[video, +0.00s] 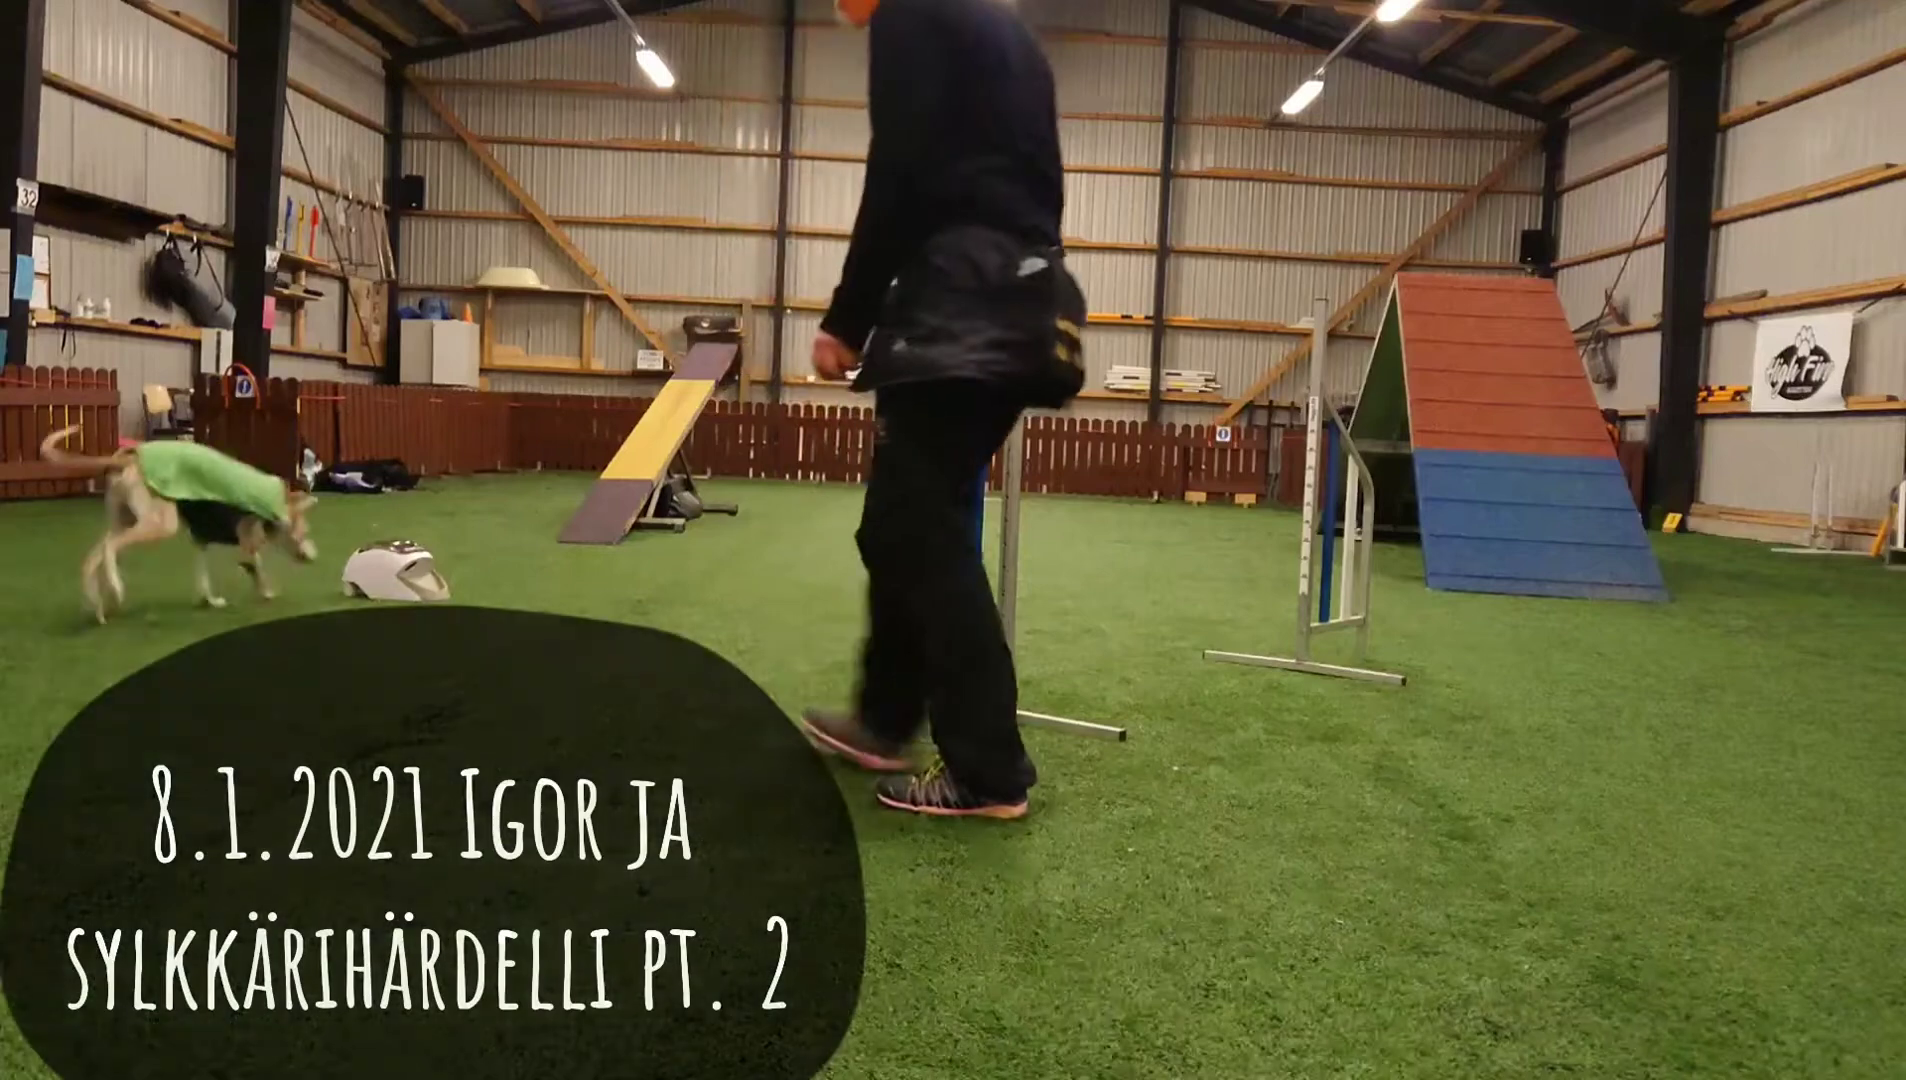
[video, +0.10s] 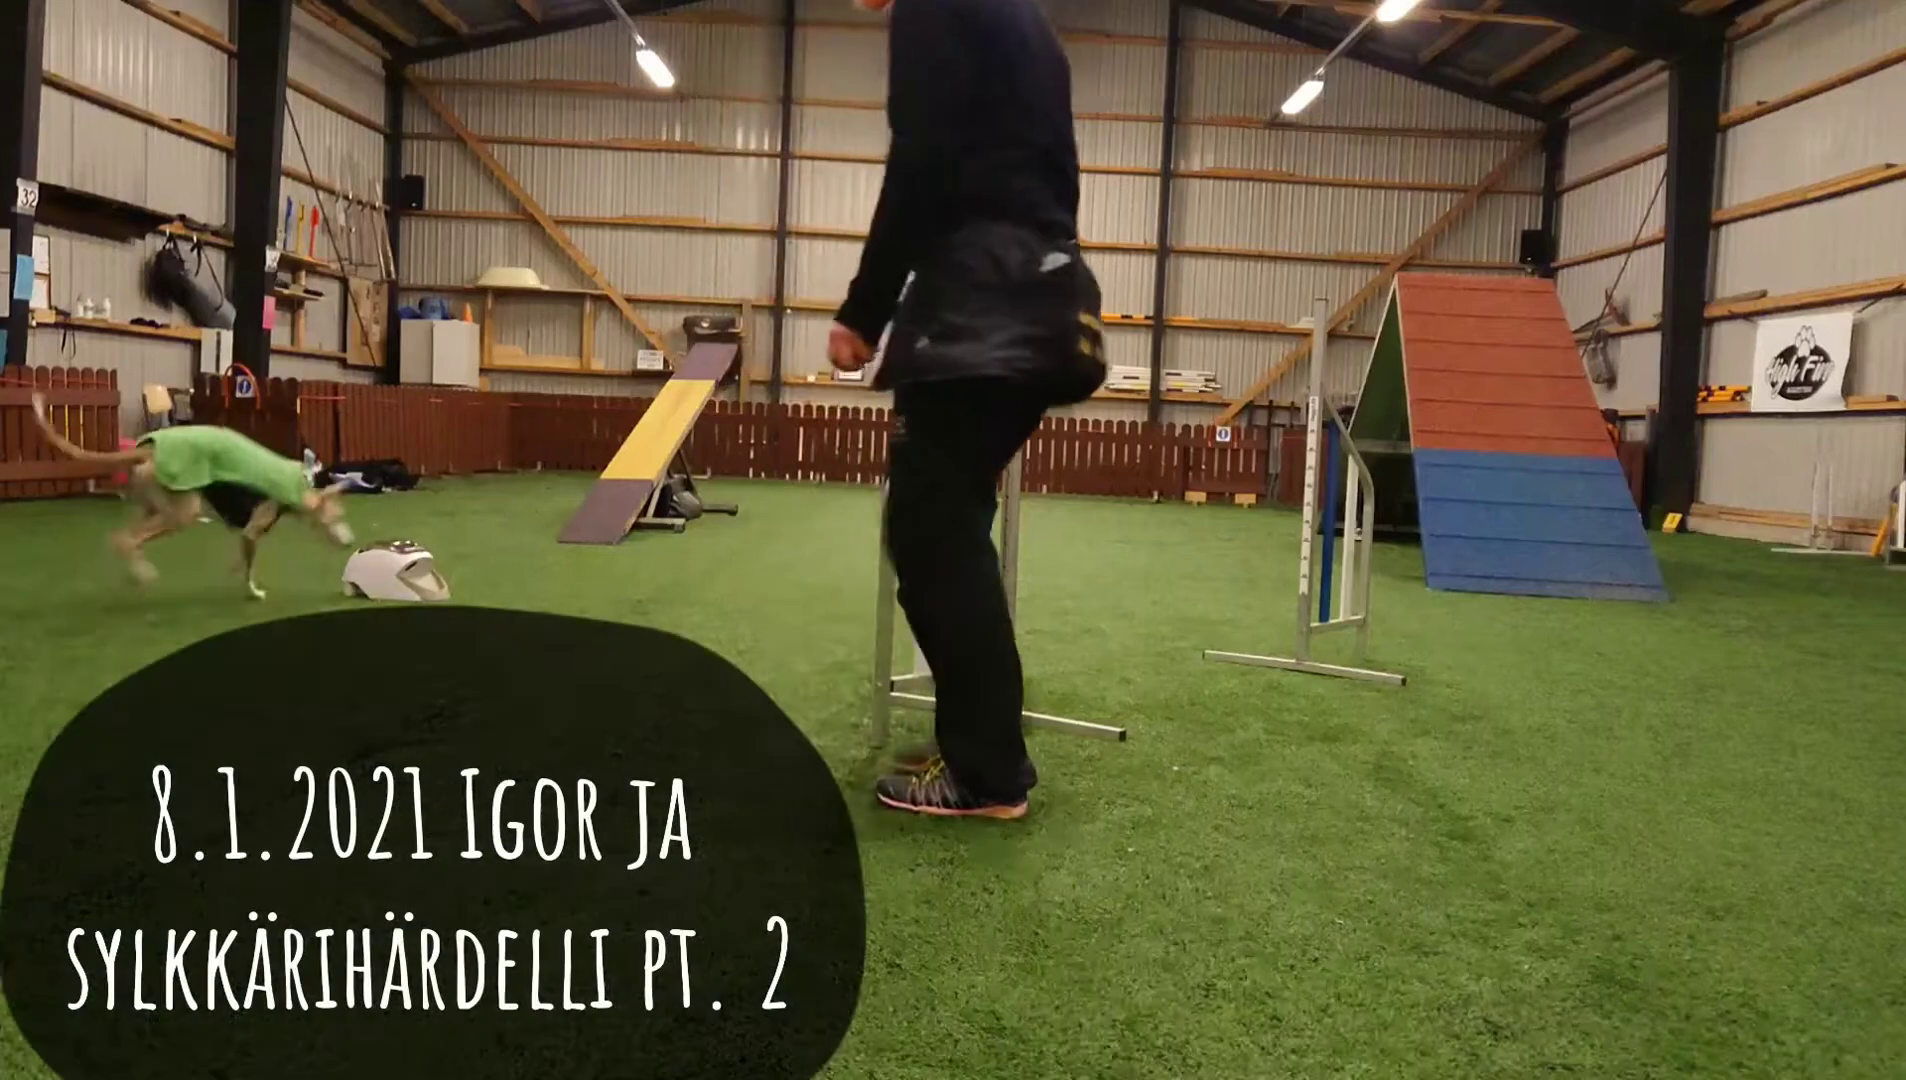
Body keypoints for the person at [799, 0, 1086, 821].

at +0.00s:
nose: (847, 7)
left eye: (850, 2)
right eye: (849, 5)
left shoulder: (909, 19)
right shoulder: (1013, 35)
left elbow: (900, 175)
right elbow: (1036, 195)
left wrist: (845, 319)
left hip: (947, 318)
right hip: (1013, 321)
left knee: (927, 542)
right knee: (898, 528)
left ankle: (991, 777)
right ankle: (883, 725)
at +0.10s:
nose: (871, 1)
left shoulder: (929, 12)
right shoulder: (1029, 26)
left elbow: (919, 166)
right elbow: (1054, 186)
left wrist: (862, 313)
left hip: (976, 317)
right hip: (1037, 316)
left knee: (927, 528)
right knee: (940, 525)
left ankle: (988, 775)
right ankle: (984, 756)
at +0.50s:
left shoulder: (1008, 13)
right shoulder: (1100, 27)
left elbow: (1025, 145)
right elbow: (1101, 164)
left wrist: (1024, 305)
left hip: (1034, 334)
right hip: (1118, 331)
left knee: (978, 552)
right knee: (1096, 553)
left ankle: (990, 774)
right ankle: (1104, 775)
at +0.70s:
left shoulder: (1032, 12)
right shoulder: (1116, 17)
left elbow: (1032, 140)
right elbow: (1124, 151)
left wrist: (1026, 299)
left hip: (1061, 315)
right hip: (1127, 313)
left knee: (987, 536)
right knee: (1095, 535)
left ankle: (1054, 786)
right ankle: (1107, 777)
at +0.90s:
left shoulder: (1030, 12)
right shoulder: (1125, 17)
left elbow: (1028, 136)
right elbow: (1119, 148)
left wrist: (1006, 302)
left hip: (1063, 321)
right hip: (1124, 315)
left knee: (1032, 560)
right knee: (1083, 549)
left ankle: (1096, 829)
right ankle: (1094, 781)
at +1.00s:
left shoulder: (1013, 13)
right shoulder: (1120, 20)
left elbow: (1018, 139)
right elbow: (1121, 150)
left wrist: (1001, 305)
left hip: (1064, 325)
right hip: (1124, 319)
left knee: (1038, 576)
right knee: (1077, 560)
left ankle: (1099, 841)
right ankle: (1087, 780)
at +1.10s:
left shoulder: (1004, 13)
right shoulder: (1115, 26)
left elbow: (1018, 132)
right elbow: (1138, 143)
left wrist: (999, 300)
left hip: (1070, 308)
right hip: (1147, 305)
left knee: (1036, 573)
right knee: (1095, 555)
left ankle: (1098, 840)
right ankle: (1084, 779)